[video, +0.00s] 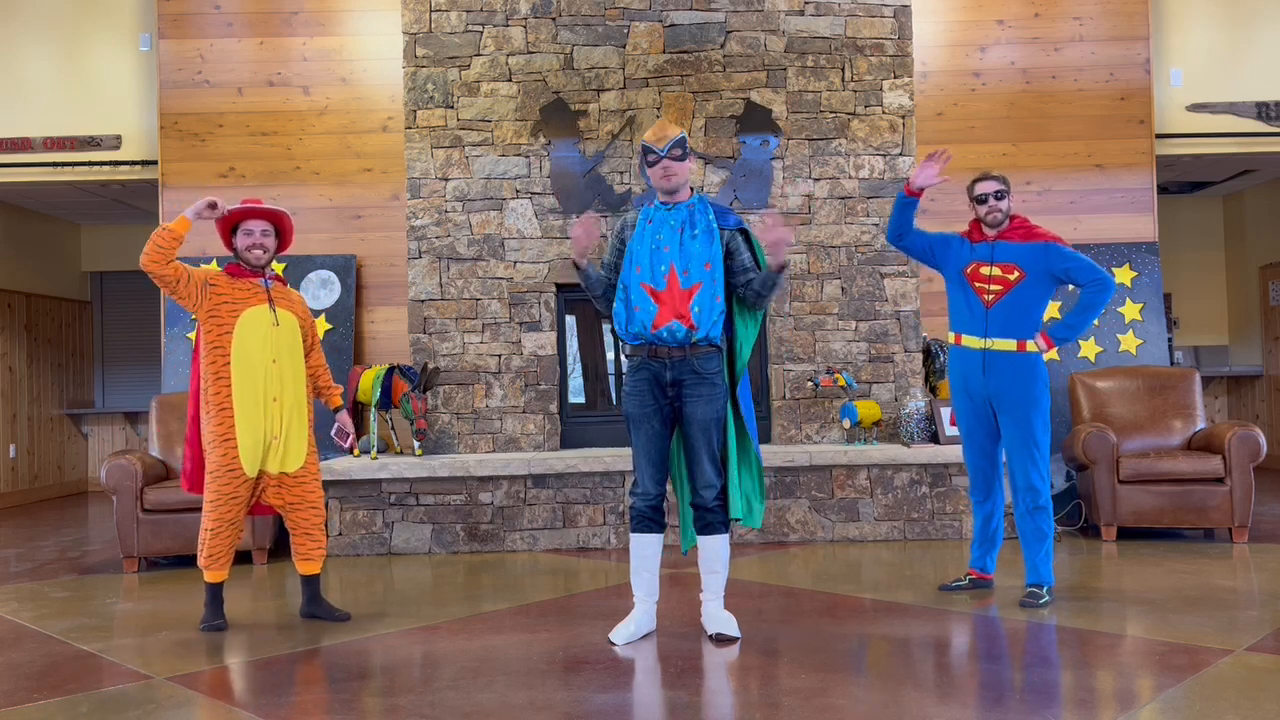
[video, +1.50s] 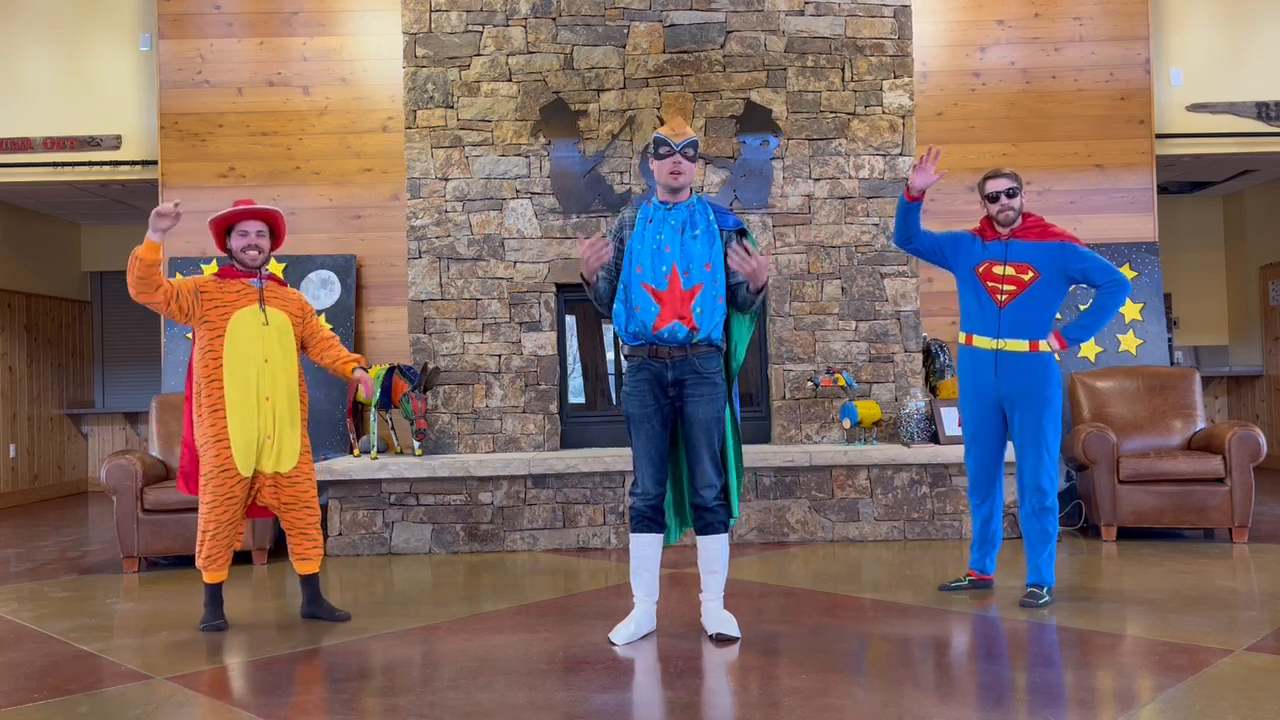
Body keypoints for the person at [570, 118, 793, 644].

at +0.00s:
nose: (668, 166)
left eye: (677, 156)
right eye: (657, 160)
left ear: (693, 164)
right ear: (645, 171)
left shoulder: (722, 221)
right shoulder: (631, 223)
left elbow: (752, 295)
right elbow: (608, 298)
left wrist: (775, 265)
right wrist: (585, 262)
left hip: (702, 365)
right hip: (643, 366)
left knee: (708, 485)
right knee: (647, 488)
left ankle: (714, 607)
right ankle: (644, 609)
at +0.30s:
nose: (673, 167)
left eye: (683, 157)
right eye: (662, 158)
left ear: (696, 163)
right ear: (648, 166)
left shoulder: (719, 220)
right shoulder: (630, 221)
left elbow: (750, 295)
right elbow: (601, 295)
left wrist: (782, 258)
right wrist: (570, 264)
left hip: (702, 366)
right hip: (643, 367)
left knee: (707, 487)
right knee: (647, 489)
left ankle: (713, 608)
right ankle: (643, 610)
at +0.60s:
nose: (671, 164)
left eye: (680, 156)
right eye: (661, 158)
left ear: (694, 165)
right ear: (647, 168)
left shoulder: (717, 223)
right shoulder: (627, 222)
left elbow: (750, 292)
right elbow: (601, 295)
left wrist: (798, 268)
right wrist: (562, 268)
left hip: (700, 365)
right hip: (640, 366)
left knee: (707, 486)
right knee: (646, 489)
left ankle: (714, 608)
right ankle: (643, 610)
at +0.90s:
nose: (669, 164)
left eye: (679, 155)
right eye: (659, 157)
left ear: (694, 165)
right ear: (646, 167)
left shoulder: (718, 222)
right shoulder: (628, 221)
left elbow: (749, 292)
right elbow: (599, 295)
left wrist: (797, 267)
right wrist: (560, 267)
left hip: (699, 365)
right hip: (639, 366)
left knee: (706, 485)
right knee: (645, 488)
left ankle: (714, 607)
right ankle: (643, 610)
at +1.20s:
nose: (669, 164)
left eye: (680, 156)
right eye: (659, 157)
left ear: (695, 165)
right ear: (647, 167)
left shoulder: (720, 222)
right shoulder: (629, 221)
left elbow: (748, 292)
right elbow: (603, 294)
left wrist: (792, 273)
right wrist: (564, 272)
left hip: (699, 365)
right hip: (640, 366)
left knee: (707, 486)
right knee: (645, 489)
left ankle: (714, 608)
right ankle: (643, 610)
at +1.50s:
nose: (677, 164)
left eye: (686, 155)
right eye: (666, 155)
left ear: (698, 164)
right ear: (650, 164)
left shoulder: (721, 221)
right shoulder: (630, 221)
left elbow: (741, 304)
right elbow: (609, 304)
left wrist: (755, 283)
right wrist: (595, 274)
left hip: (702, 364)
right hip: (642, 365)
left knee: (708, 485)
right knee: (647, 486)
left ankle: (713, 607)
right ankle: (643, 609)